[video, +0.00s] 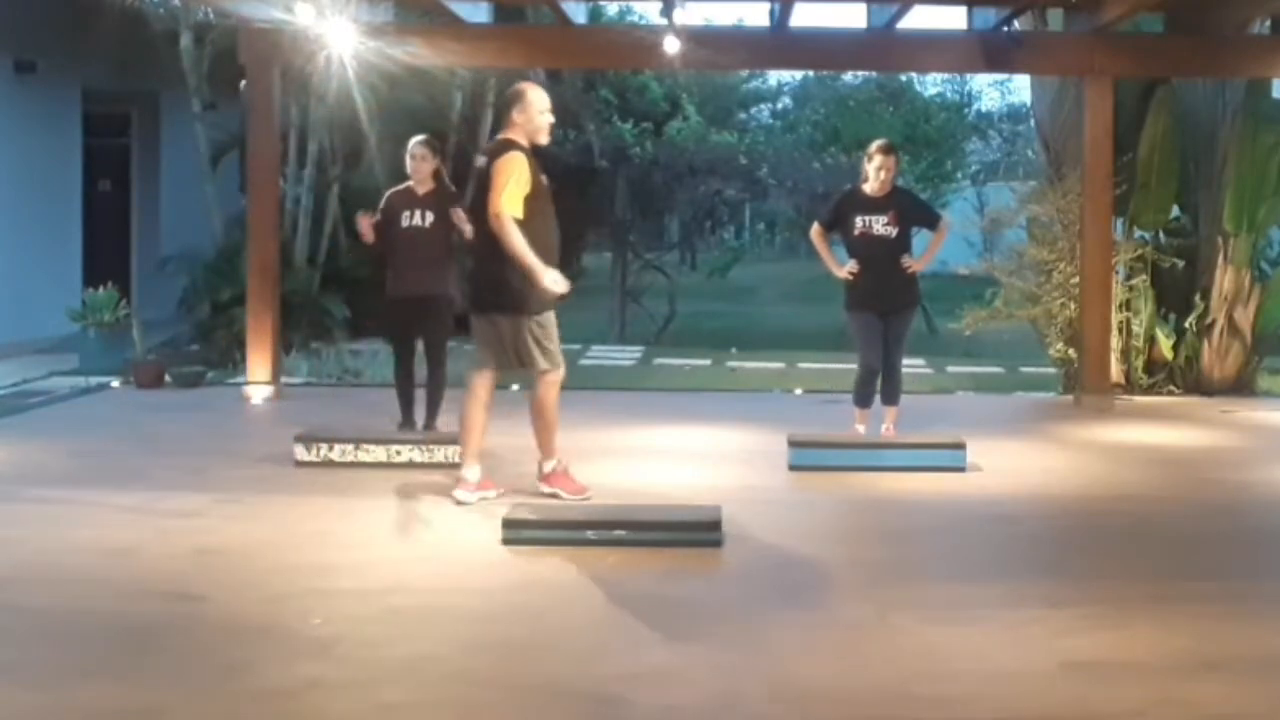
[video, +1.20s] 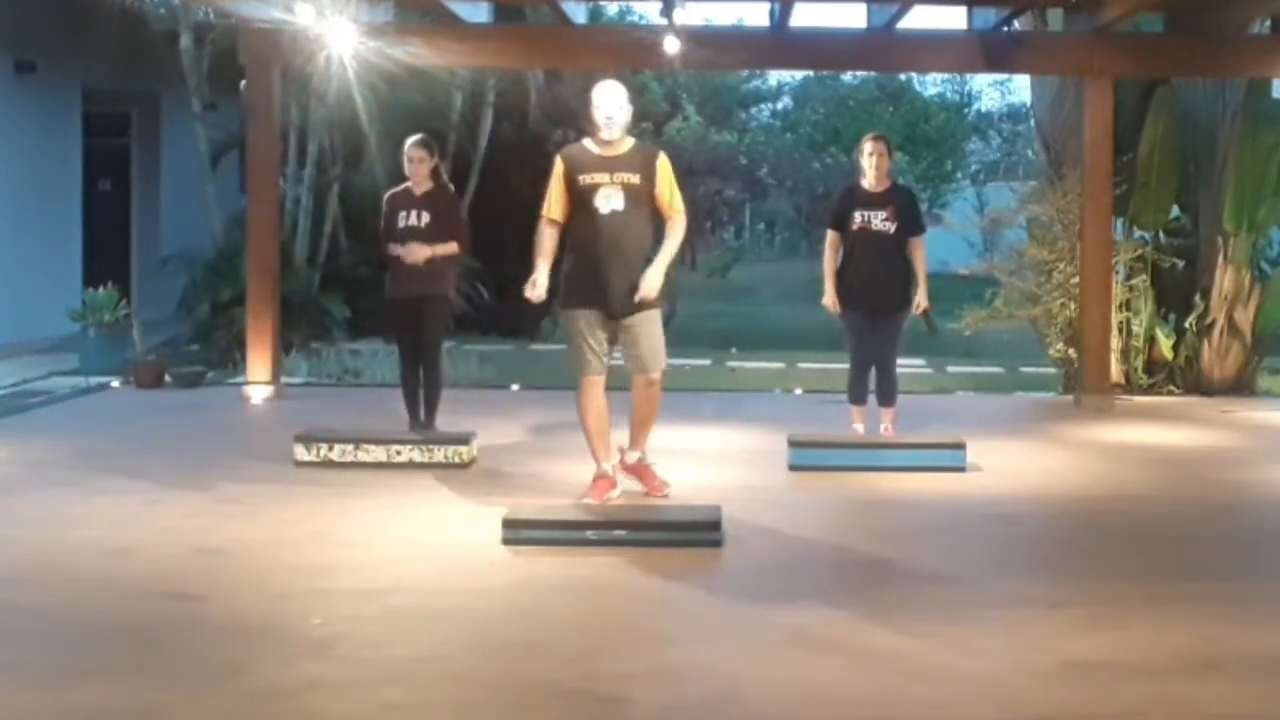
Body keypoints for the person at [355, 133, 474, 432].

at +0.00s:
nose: (415, 163)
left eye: (422, 158)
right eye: (411, 157)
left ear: (436, 162)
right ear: (405, 160)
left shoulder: (448, 197)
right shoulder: (393, 197)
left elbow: (469, 240)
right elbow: (380, 241)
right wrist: (368, 230)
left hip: (437, 291)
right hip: (401, 291)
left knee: (436, 358)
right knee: (403, 358)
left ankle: (430, 420)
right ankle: (407, 418)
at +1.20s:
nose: (412, 167)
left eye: (419, 161)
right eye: (408, 160)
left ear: (433, 162)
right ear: (403, 162)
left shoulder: (447, 197)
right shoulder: (392, 198)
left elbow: (460, 243)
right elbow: (385, 243)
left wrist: (429, 250)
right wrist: (403, 251)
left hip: (434, 291)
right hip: (402, 291)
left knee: (431, 356)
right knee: (408, 357)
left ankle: (430, 418)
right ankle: (414, 418)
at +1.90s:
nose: (414, 171)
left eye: (420, 165)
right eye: (409, 165)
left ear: (432, 166)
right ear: (403, 167)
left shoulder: (447, 202)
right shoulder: (392, 202)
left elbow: (459, 251)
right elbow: (383, 252)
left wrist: (468, 291)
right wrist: (372, 290)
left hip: (433, 296)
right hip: (399, 295)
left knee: (427, 359)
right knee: (404, 361)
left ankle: (428, 420)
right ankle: (413, 420)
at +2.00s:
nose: (415, 168)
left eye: (421, 162)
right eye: (410, 162)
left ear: (433, 164)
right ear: (404, 165)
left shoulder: (447, 200)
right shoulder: (393, 201)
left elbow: (455, 249)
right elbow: (386, 251)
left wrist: (462, 289)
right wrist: (376, 290)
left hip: (433, 295)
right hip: (399, 295)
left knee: (428, 359)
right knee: (405, 361)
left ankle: (428, 421)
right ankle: (413, 421)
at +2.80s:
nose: (424, 161)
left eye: (430, 155)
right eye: (419, 155)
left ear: (442, 161)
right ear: (412, 161)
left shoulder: (454, 199)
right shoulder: (401, 198)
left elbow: (463, 248)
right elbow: (394, 248)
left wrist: (467, 289)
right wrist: (384, 286)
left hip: (442, 292)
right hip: (407, 292)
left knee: (438, 359)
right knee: (408, 358)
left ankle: (432, 420)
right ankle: (412, 418)